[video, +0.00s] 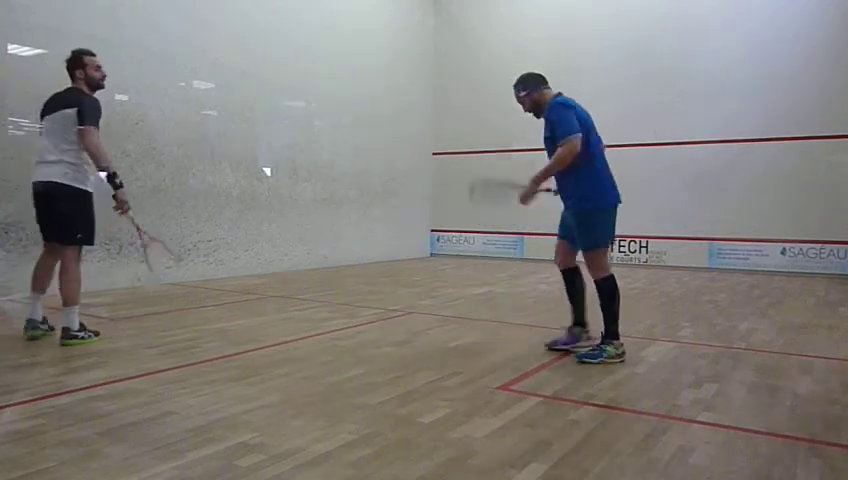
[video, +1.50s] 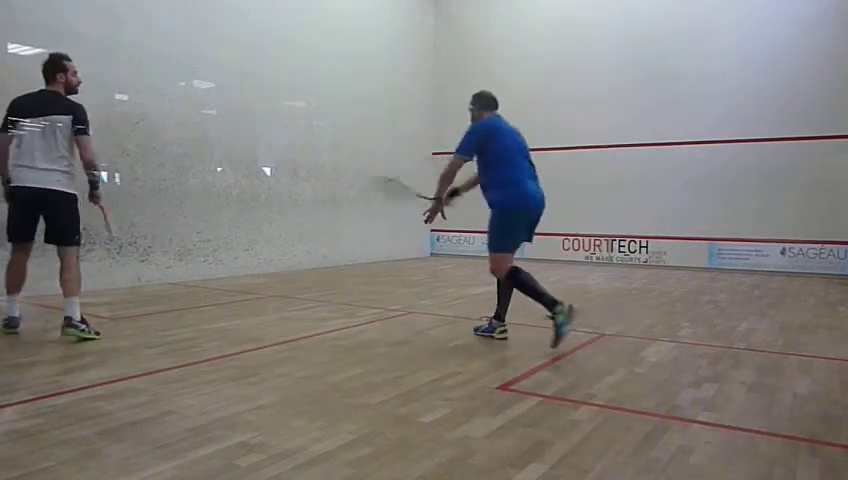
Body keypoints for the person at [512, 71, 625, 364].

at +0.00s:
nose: (522, 108)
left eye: (522, 101)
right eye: (520, 103)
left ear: (535, 93)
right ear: (537, 92)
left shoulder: (560, 109)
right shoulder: (561, 110)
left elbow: (571, 147)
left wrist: (536, 180)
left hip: (594, 201)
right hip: (577, 202)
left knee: (597, 264)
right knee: (564, 259)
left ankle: (611, 342)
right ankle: (579, 329)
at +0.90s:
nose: (531, 102)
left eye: (532, 95)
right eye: (529, 96)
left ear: (548, 90)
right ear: (547, 92)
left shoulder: (577, 110)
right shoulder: (559, 122)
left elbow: (572, 157)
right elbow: (562, 168)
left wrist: (535, 193)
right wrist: (531, 189)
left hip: (605, 204)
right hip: (582, 205)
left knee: (609, 265)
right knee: (567, 259)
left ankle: (622, 343)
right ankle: (591, 330)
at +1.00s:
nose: (526, 103)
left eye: (529, 95)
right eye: (525, 96)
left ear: (544, 92)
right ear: (545, 93)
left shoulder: (567, 113)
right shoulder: (555, 121)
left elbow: (551, 162)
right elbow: (549, 172)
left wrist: (518, 193)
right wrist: (514, 179)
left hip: (603, 202)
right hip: (580, 203)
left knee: (607, 265)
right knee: (560, 258)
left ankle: (621, 343)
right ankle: (570, 330)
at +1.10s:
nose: (516, 103)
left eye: (519, 97)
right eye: (516, 98)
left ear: (534, 95)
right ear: (536, 96)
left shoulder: (557, 114)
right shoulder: (546, 125)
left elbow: (521, 155)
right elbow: (526, 172)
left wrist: (483, 175)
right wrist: (496, 152)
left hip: (594, 202)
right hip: (571, 204)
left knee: (602, 265)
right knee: (549, 256)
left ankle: (621, 343)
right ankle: (532, 324)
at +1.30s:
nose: (493, 103)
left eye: (496, 97)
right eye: (493, 99)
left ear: (509, 98)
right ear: (510, 101)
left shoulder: (526, 120)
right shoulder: (515, 131)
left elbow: (487, 145)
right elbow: (486, 155)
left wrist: (456, 152)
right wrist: (492, 123)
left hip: (557, 208)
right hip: (540, 211)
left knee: (569, 270)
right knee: (520, 261)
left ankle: (613, 336)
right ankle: (501, 321)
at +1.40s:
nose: (480, 117)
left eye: (482, 112)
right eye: (480, 112)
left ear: (490, 111)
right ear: (503, 110)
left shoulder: (500, 130)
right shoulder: (513, 128)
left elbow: (464, 164)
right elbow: (481, 159)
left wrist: (451, 169)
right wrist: (459, 157)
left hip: (533, 207)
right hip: (537, 205)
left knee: (529, 269)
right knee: (508, 260)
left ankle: (588, 322)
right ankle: (498, 323)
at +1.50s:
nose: (470, 116)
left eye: (472, 112)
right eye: (470, 112)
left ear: (480, 111)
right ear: (493, 110)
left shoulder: (479, 130)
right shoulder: (509, 131)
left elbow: (451, 170)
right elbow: (486, 171)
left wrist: (437, 203)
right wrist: (459, 190)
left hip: (509, 203)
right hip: (532, 200)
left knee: (499, 266)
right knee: (504, 263)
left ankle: (557, 309)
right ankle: (498, 322)